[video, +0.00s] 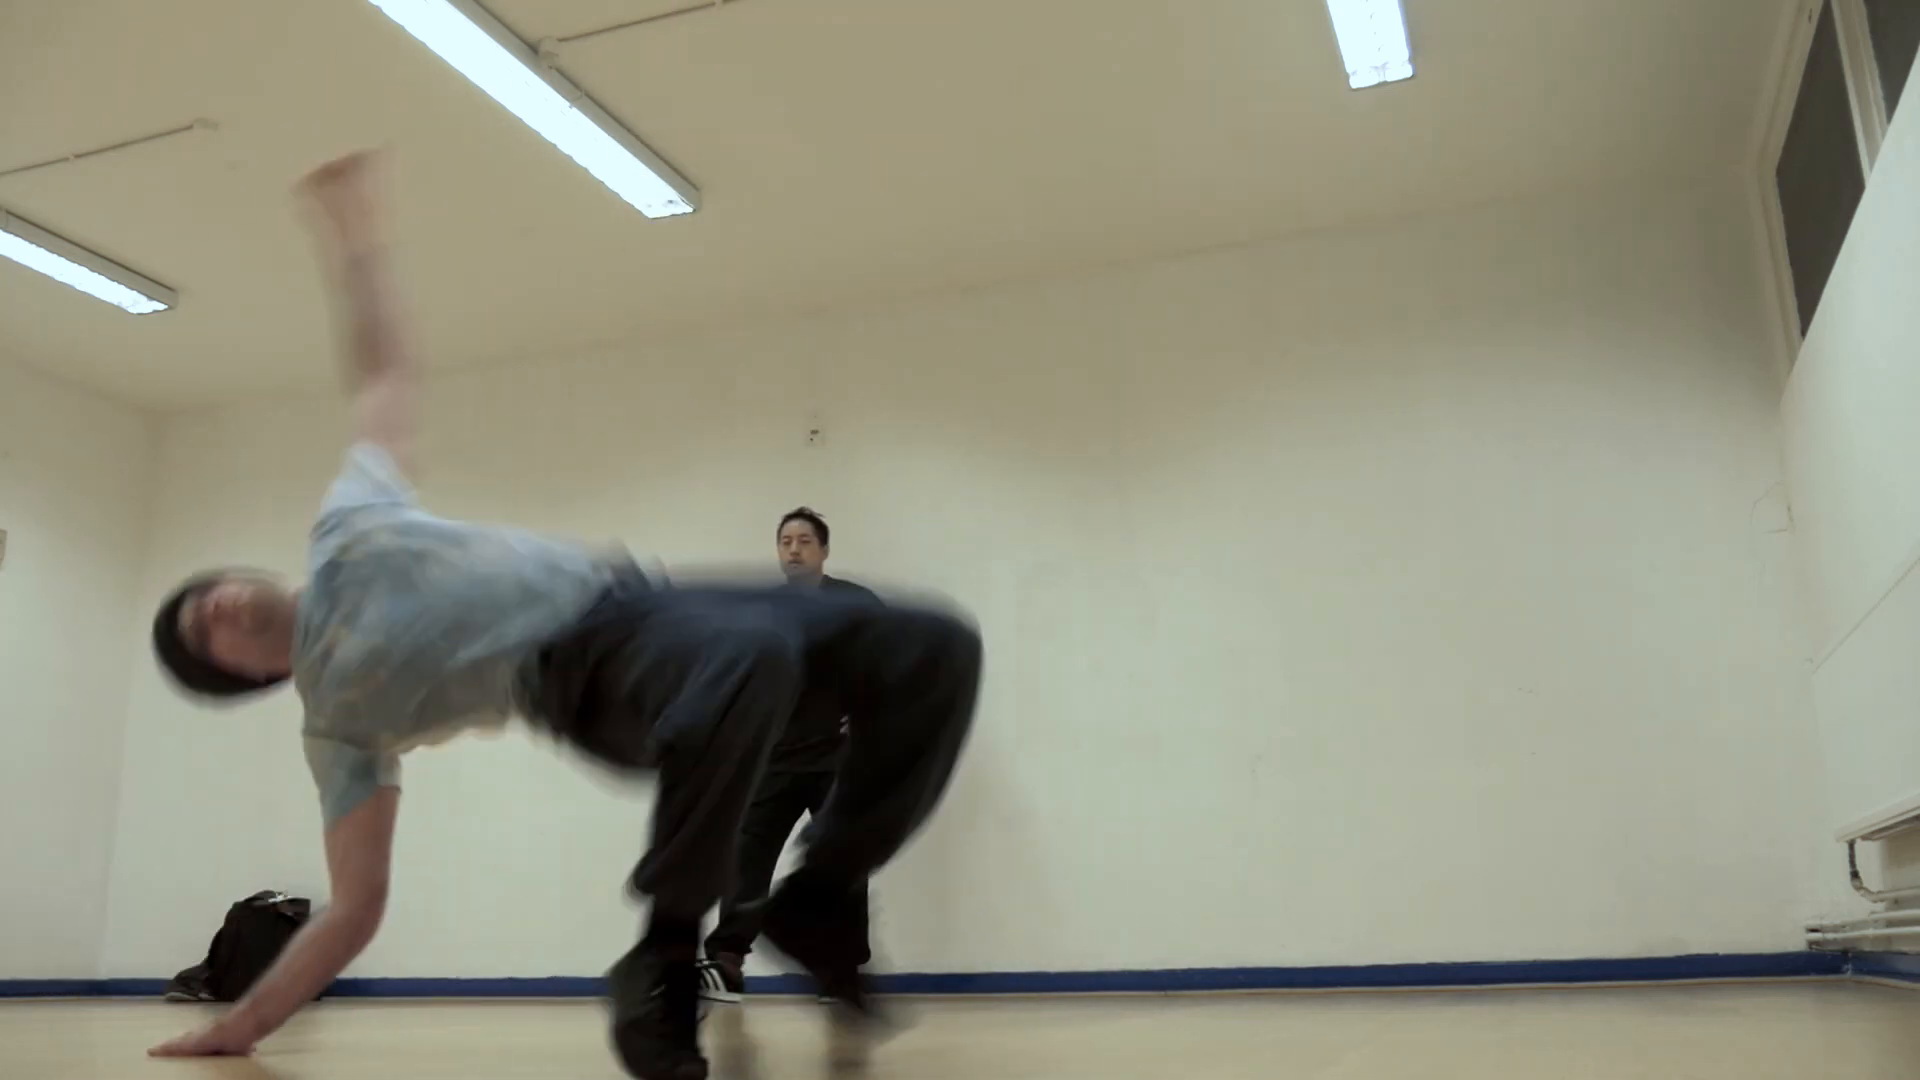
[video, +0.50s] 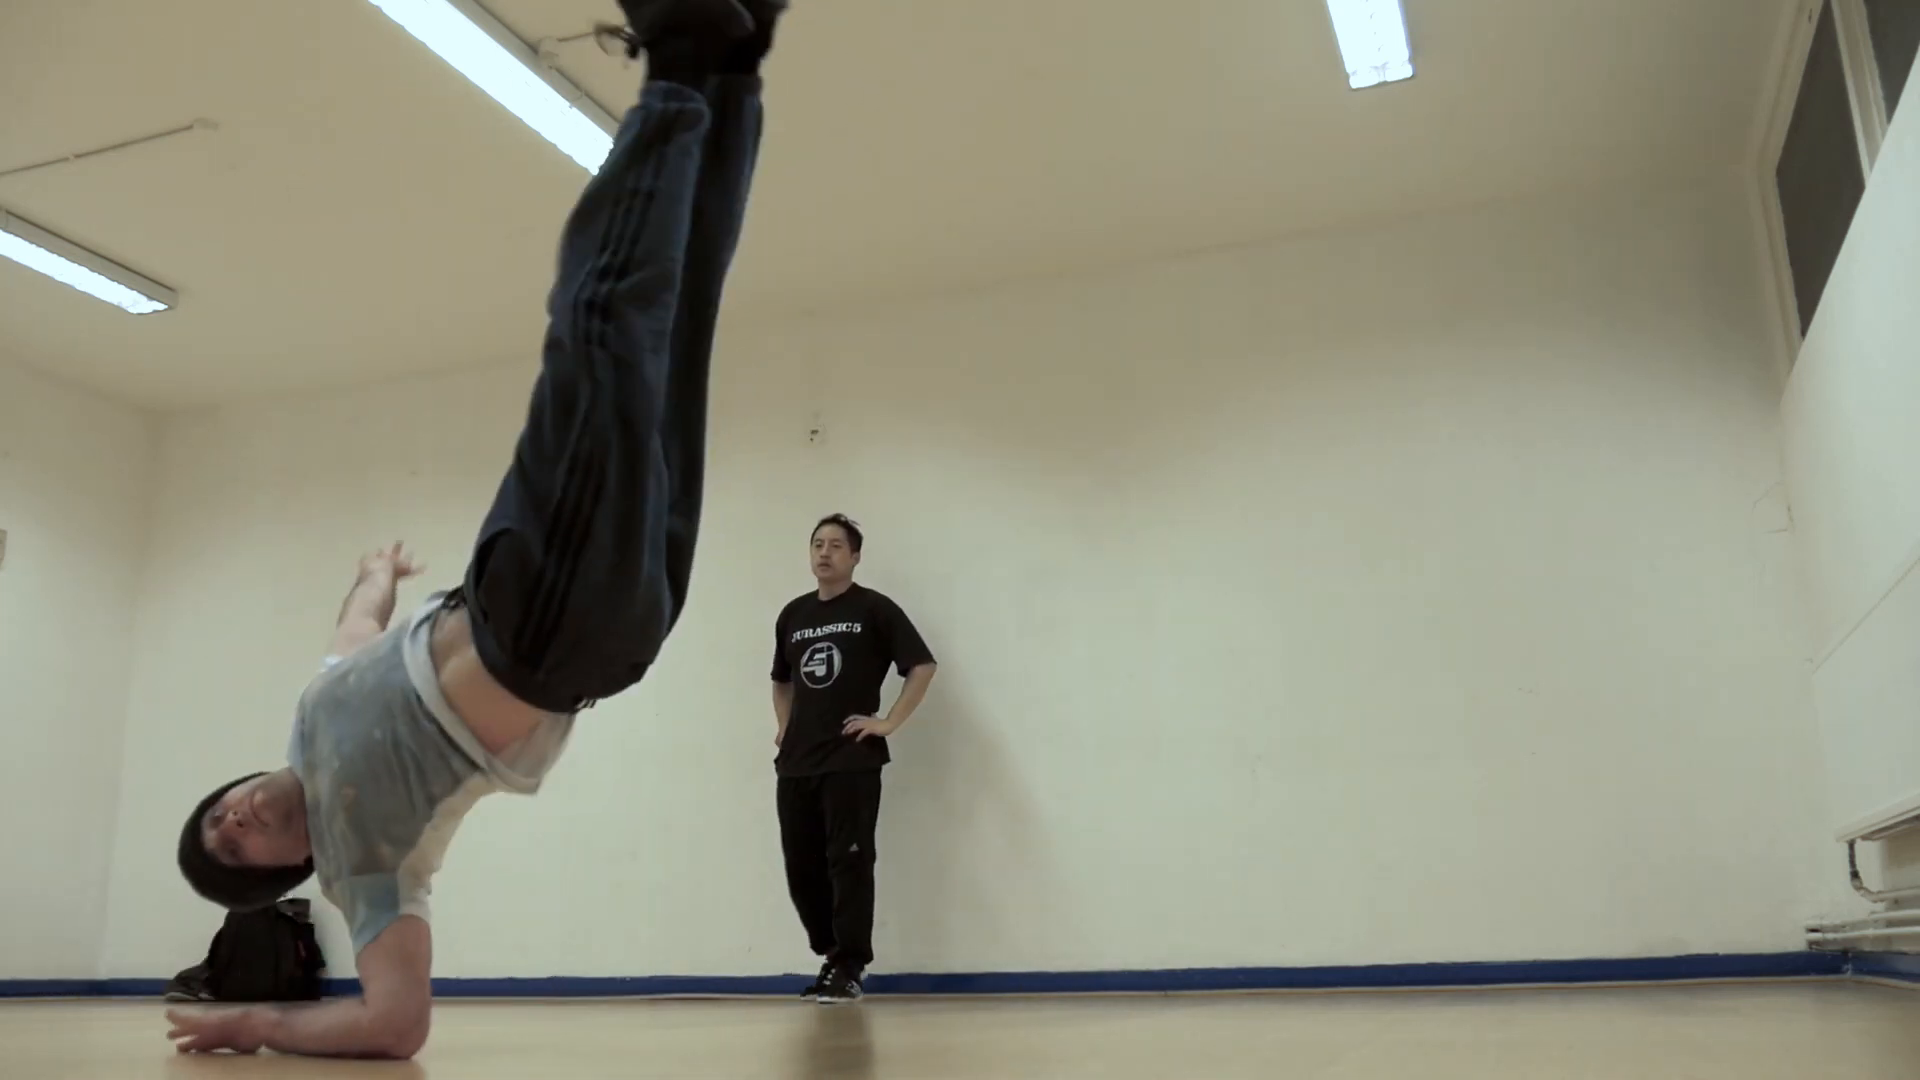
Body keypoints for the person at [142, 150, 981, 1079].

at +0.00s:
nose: (223, 608)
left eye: (213, 594)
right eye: (209, 638)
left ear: (251, 570)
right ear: (240, 678)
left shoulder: (357, 518)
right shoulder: (339, 722)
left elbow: (384, 367)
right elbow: (352, 911)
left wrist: (351, 224)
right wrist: (239, 1030)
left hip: (649, 603)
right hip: (589, 675)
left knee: (933, 648)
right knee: (758, 654)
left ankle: (819, 901)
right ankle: (670, 949)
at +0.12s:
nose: (206, 689)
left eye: (188, 687)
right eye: (200, 715)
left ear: (214, 664)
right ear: (236, 743)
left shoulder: (294, 592)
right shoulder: (338, 737)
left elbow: (281, 500)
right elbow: (360, 927)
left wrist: (241, 438)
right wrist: (243, 1033)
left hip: (543, 484)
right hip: (531, 564)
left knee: (831, 443)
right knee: (778, 470)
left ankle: (1037, 648)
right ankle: (961, 692)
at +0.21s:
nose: (196, 725)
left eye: (183, 721)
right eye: (190, 755)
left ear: (206, 699)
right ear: (224, 782)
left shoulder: (278, 649)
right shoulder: (332, 776)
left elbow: (293, 568)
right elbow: (375, 960)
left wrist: (292, 525)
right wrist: (247, 1031)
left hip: (503, 500)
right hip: (510, 563)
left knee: (758, 401)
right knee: (755, 427)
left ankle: (1055, 374)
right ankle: (1058, 372)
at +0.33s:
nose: (219, 810)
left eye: (204, 805)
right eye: (210, 843)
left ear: (221, 778)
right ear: (246, 879)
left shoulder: (297, 718)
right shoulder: (352, 863)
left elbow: (332, 638)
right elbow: (403, 1028)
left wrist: (345, 588)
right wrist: (265, 1023)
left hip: (498, 565)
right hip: (534, 637)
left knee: (679, 350)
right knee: (714, 409)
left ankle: (868, 114)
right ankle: (878, 130)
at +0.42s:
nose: (235, 826)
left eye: (219, 823)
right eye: (228, 852)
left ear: (234, 790)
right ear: (263, 879)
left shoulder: (304, 717)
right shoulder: (359, 867)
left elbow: (352, 632)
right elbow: (398, 1032)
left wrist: (368, 608)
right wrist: (259, 1025)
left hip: (526, 588)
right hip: (564, 655)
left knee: (645, 346)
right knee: (671, 377)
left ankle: (747, 83)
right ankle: (753, 85)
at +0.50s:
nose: (238, 815)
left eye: (224, 807)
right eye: (231, 843)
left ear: (241, 778)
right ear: (266, 873)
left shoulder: (319, 707)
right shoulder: (368, 868)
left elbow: (359, 626)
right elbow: (396, 1030)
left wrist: (381, 571)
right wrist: (260, 1028)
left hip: (542, 585)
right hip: (568, 652)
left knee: (654, 326)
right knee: (625, 330)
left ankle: (717, 72)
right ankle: (696, 66)